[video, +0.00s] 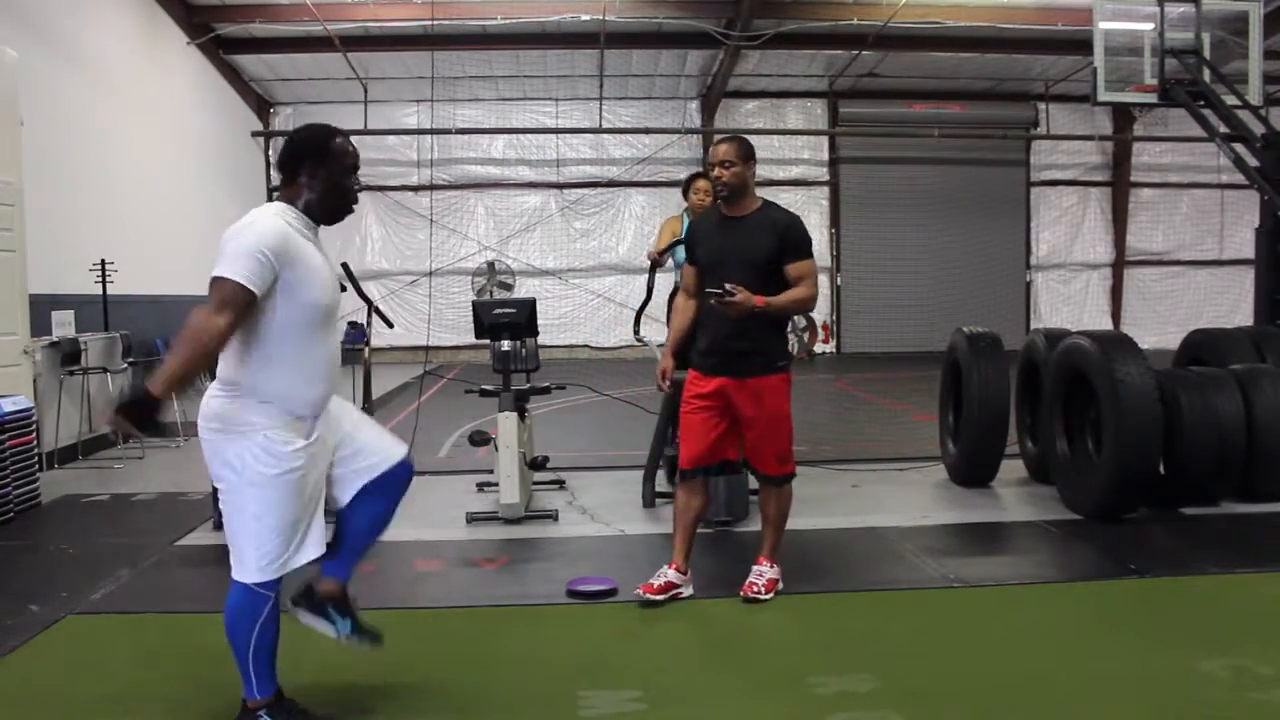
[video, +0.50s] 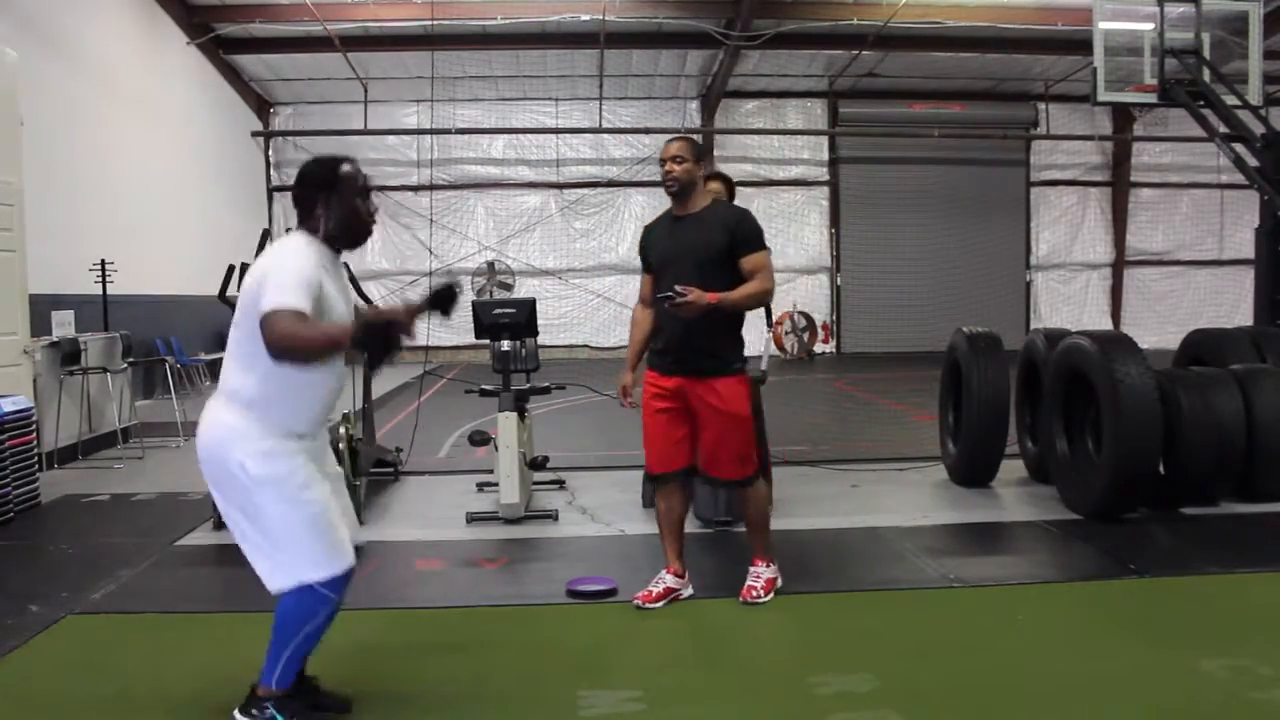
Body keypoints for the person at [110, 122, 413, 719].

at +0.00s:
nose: (356, 190)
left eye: (356, 177)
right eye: (348, 175)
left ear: (308, 177)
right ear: (308, 175)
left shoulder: (303, 236)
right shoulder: (263, 233)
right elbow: (215, 318)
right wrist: (151, 393)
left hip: (310, 410)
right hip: (256, 427)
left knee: (388, 468)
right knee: (260, 574)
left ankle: (329, 589)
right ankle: (260, 700)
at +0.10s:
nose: (362, 187)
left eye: (361, 174)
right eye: (353, 173)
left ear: (314, 177)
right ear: (313, 176)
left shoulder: (309, 240)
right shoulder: (267, 229)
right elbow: (214, 297)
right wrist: (143, 325)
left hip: (316, 420)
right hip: (259, 429)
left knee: (373, 504)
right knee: (262, 572)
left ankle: (316, 627)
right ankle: (261, 701)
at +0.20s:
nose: (361, 186)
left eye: (361, 173)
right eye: (352, 172)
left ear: (312, 177)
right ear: (312, 174)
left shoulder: (311, 237)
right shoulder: (272, 229)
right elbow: (222, 292)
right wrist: (196, 272)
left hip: (314, 425)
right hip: (260, 428)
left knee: (333, 547)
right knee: (273, 571)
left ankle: (294, 671)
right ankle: (259, 702)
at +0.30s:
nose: (364, 181)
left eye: (363, 170)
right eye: (354, 169)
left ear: (317, 175)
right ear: (316, 174)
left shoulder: (318, 238)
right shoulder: (277, 224)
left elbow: (324, 269)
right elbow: (237, 291)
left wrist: (363, 231)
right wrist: (271, 261)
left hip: (302, 425)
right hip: (258, 426)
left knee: (309, 566)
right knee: (283, 574)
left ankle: (284, 678)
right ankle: (264, 700)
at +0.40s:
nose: (372, 185)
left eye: (370, 173)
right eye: (360, 172)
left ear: (332, 182)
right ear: (322, 180)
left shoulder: (333, 240)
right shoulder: (288, 232)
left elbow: (355, 285)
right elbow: (266, 301)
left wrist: (406, 262)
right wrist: (329, 281)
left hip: (292, 421)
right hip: (252, 422)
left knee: (315, 558)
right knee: (300, 564)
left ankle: (288, 679)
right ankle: (265, 697)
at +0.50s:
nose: (371, 208)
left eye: (369, 196)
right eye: (359, 196)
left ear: (325, 206)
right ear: (320, 204)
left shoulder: (328, 266)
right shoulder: (293, 258)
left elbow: (352, 330)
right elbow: (282, 335)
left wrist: (401, 319)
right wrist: (360, 331)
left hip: (297, 437)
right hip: (252, 439)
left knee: (338, 557)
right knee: (323, 565)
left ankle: (287, 678)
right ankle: (267, 696)